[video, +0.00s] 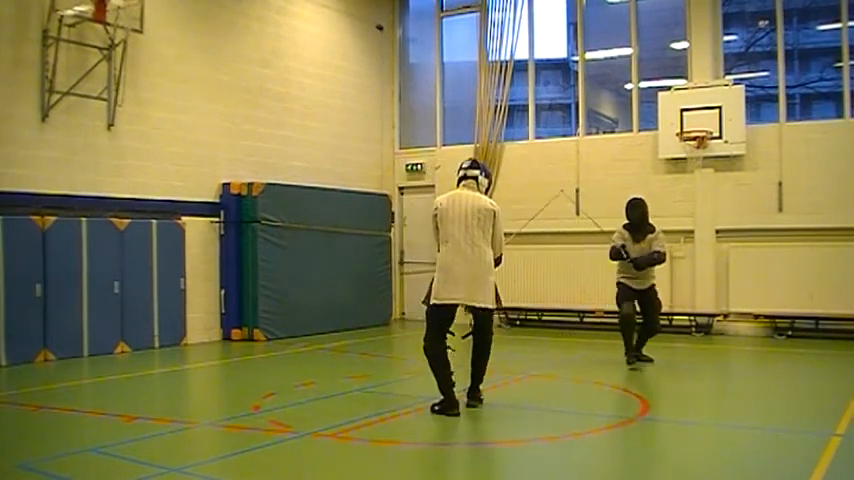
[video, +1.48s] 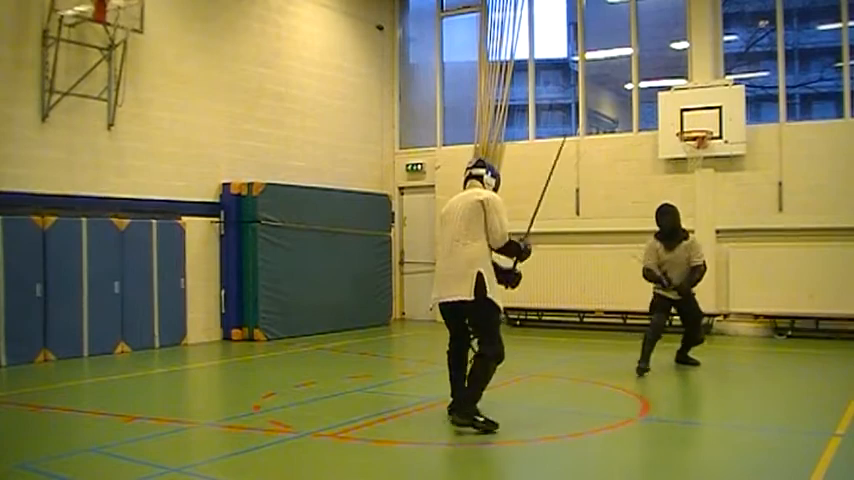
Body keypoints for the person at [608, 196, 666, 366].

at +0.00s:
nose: (634, 216)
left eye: (638, 212)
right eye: (631, 212)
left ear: (645, 213)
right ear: (627, 214)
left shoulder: (655, 233)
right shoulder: (622, 233)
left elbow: (660, 256)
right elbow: (613, 254)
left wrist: (645, 261)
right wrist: (622, 253)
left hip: (647, 284)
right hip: (626, 283)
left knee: (652, 324)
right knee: (627, 313)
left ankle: (637, 350)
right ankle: (629, 352)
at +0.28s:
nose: (639, 224)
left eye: (642, 218)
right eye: (636, 220)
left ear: (649, 216)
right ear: (631, 219)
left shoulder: (659, 234)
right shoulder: (627, 234)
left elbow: (666, 257)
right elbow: (618, 256)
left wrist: (650, 261)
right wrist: (631, 255)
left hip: (654, 286)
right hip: (633, 287)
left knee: (666, 324)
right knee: (638, 319)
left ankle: (647, 343)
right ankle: (637, 357)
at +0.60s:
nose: (645, 223)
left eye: (648, 219)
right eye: (642, 219)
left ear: (657, 218)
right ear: (639, 220)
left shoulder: (670, 239)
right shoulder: (634, 240)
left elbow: (679, 261)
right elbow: (626, 265)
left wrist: (664, 265)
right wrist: (639, 257)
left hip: (662, 290)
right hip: (640, 289)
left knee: (671, 323)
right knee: (638, 317)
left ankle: (667, 353)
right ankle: (633, 354)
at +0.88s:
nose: (643, 251)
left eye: (647, 247)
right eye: (640, 247)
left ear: (654, 241)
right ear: (635, 242)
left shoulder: (662, 255)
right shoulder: (630, 251)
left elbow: (650, 273)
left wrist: (622, 273)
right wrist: (607, 262)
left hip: (656, 302)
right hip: (635, 301)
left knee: (670, 333)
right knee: (634, 326)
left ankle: (666, 351)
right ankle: (629, 365)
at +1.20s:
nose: (651, 240)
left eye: (655, 236)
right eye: (648, 236)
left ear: (662, 236)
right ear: (643, 236)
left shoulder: (673, 258)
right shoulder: (634, 257)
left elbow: (681, 283)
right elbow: (626, 280)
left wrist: (671, 301)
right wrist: (628, 293)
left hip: (664, 302)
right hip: (641, 301)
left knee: (680, 329)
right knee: (637, 328)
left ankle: (680, 353)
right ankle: (629, 365)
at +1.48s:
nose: (665, 227)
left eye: (668, 222)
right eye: (662, 223)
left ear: (676, 222)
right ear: (658, 224)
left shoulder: (690, 243)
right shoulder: (654, 245)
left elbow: (700, 267)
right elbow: (647, 271)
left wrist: (687, 285)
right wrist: (659, 279)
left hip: (685, 296)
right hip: (663, 295)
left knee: (695, 330)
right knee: (656, 326)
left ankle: (682, 354)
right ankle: (644, 361)